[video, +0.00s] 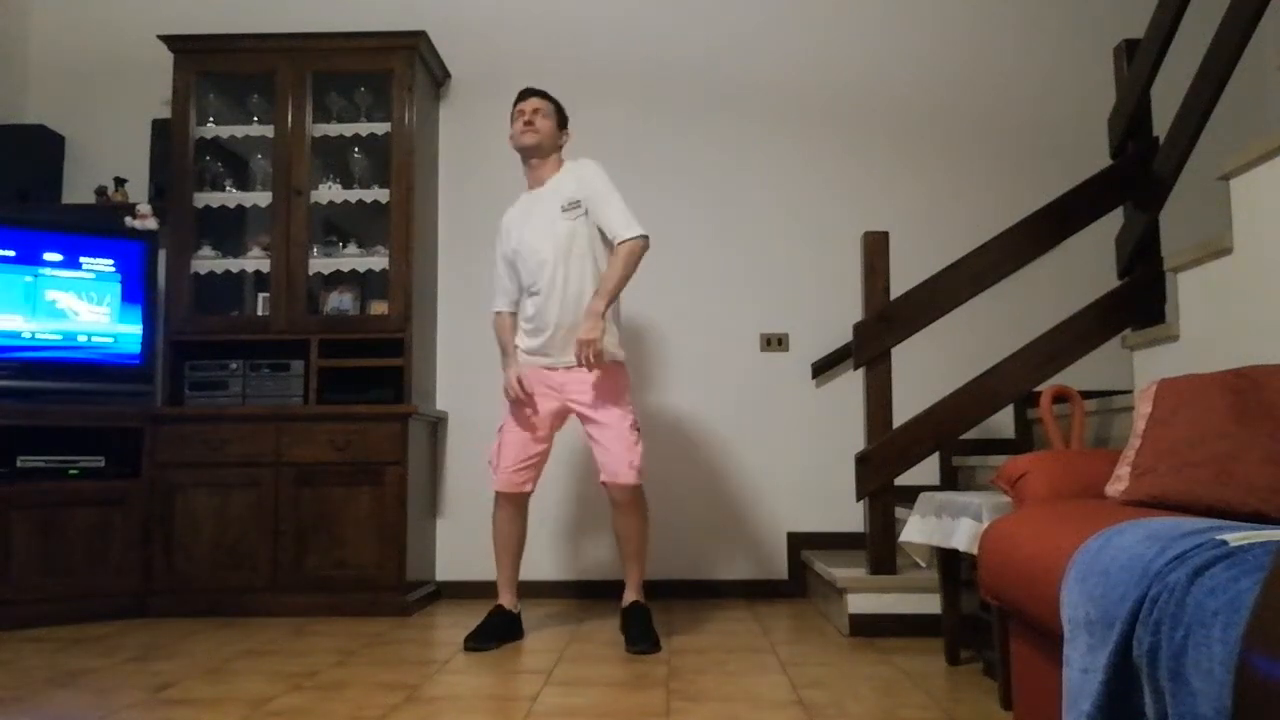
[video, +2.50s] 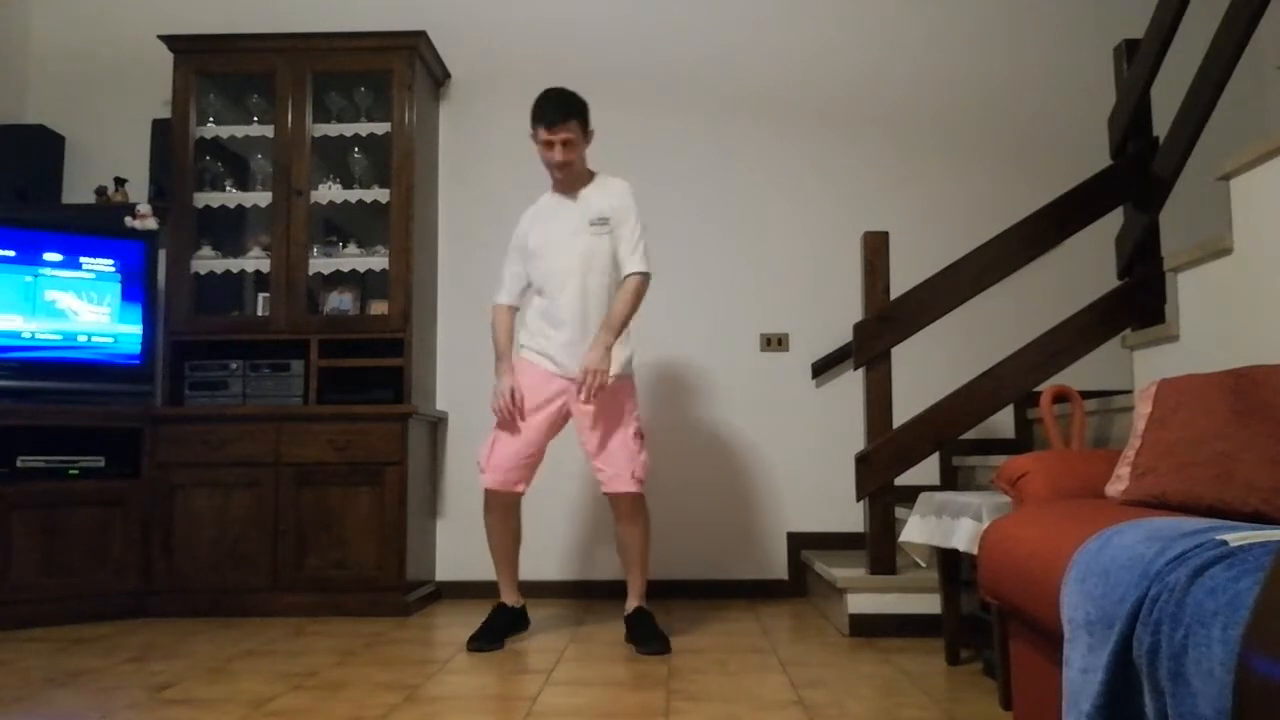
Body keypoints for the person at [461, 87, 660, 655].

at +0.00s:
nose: (526, 120)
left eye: (538, 114)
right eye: (518, 116)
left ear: (562, 134)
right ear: (511, 138)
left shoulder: (583, 176)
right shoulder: (512, 220)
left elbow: (633, 242)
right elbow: (503, 306)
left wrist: (595, 313)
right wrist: (509, 357)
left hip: (596, 364)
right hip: (535, 370)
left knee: (624, 479)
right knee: (508, 485)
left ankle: (634, 601)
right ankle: (506, 608)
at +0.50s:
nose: (607, 117)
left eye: (617, 114)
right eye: (596, 113)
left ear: (630, 138)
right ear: (579, 135)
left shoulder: (640, 210)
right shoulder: (554, 181)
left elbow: (645, 295)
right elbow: (499, 243)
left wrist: (616, 339)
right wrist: (496, 321)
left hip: (604, 369)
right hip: (538, 362)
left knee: (623, 485)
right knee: (507, 485)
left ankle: (632, 606)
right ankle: (505, 608)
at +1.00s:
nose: (525, 119)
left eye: (538, 113)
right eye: (521, 113)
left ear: (563, 131)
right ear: (514, 129)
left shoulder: (579, 174)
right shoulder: (503, 208)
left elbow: (627, 236)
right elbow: (489, 290)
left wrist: (585, 301)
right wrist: (489, 353)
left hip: (588, 366)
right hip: (524, 371)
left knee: (610, 485)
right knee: (498, 482)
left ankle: (632, 601)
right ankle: (505, 608)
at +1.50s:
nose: (579, 118)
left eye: (588, 108)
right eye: (569, 115)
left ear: (613, 120)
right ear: (562, 134)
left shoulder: (643, 195)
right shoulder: (547, 183)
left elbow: (656, 287)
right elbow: (483, 240)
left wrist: (612, 336)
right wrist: (497, 324)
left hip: (610, 374)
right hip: (538, 366)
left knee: (630, 488)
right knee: (486, 467)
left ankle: (629, 607)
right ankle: (488, 594)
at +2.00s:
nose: (562, 137)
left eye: (574, 128)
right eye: (554, 126)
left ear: (589, 134)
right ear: (538, 127)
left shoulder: (608, 200)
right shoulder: (512, 198)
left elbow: (628, 287)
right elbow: (480, 277)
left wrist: (609, 350)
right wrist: (508, 339)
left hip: (591, 368)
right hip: (524, 368)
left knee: (627, 469)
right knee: (501, 485)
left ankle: (632, 597)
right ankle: (508, 609)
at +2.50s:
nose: (558, 153)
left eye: (568, 142)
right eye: (548, 144)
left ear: (587, 140)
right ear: (535, 145)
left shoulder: (613, 195)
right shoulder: (531, 219)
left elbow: (637, 276)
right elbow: (503, 302)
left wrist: (603, 344)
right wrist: (503, 370)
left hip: (604, 368)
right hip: (537, 367)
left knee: (625, 489)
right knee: (498, 481)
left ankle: (637, 607)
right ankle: (509, 603)